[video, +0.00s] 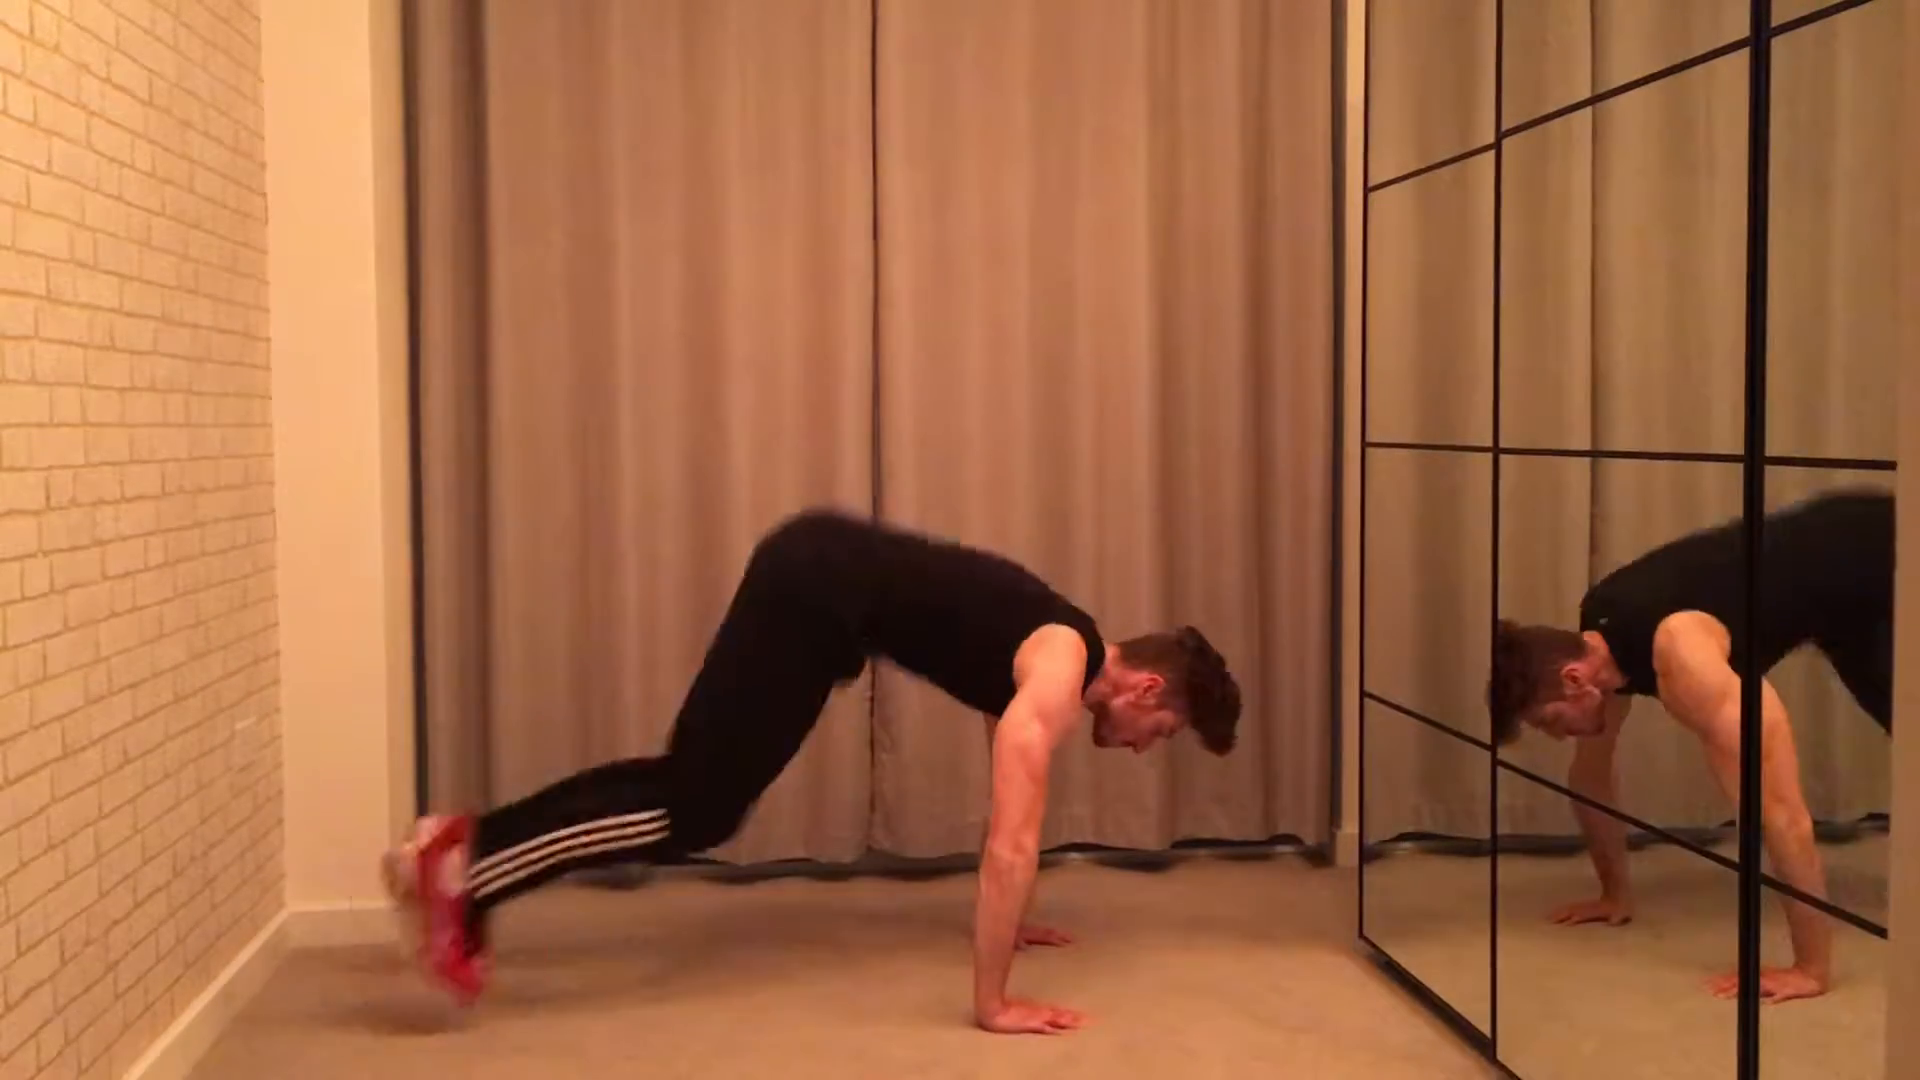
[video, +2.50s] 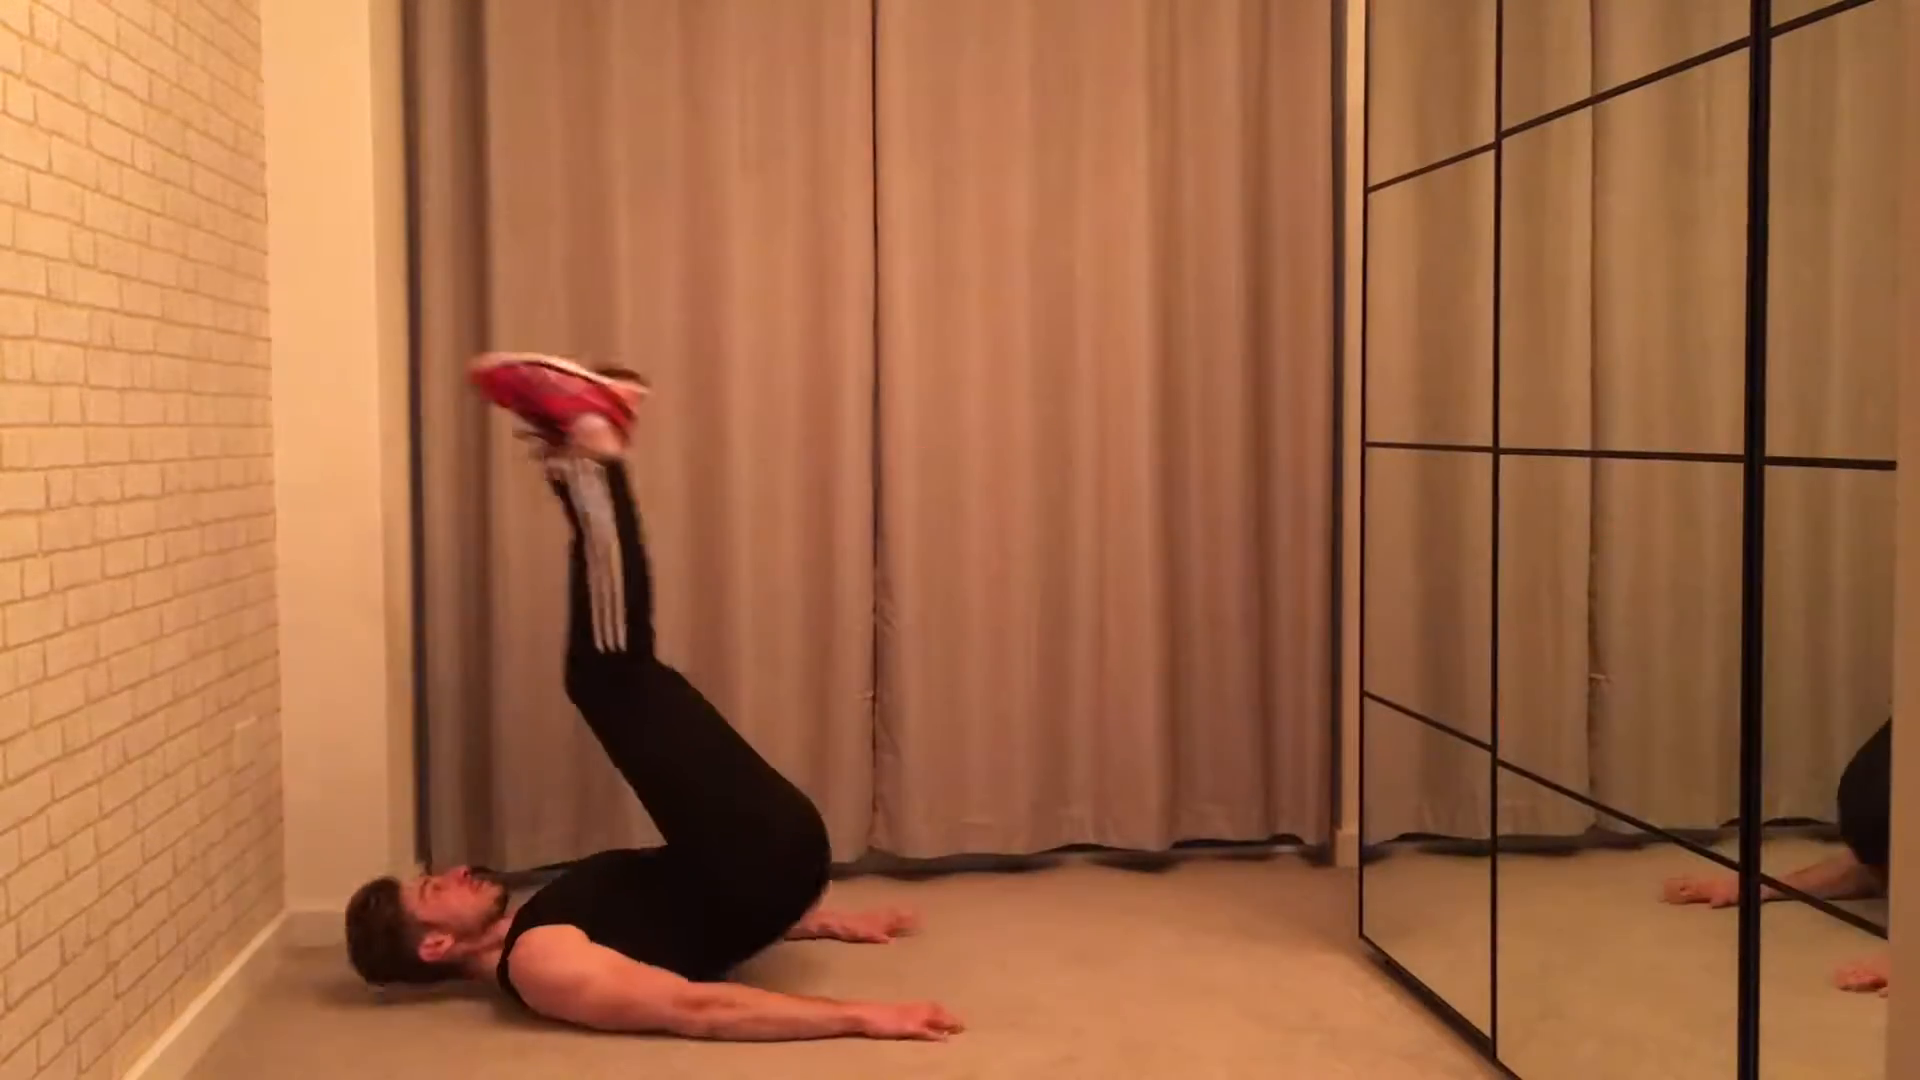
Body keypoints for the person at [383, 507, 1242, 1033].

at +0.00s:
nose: (1145, 744)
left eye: (1163, 737)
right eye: (1162, 728)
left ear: (1141, 675)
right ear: (1144, 684)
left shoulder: (1061, 653)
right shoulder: (1051, 671)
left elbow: (1014, 819)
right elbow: (1010, 839)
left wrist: (1017, 921)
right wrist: (991, 1003)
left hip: (818, 580)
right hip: (814, 588)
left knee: (687, 788)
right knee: (696, 810)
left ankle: (465, 846)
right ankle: (463, 882)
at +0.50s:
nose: (1129, 411)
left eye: (1133, 392)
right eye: (1127, 388)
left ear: (1080, 374)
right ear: (1088, 374)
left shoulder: (1007, 443)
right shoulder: (1017, 465)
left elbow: (1009, 643)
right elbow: (1011, 656)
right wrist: (1020, 821)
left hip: (813, 590)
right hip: (818, 600)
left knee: (970, 736)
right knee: (986, 746)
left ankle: (874, 913)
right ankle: (888, 955)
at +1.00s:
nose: (1104, 99)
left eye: (1113, 83)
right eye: (1108, 75)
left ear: (1063, 47)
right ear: (1068, 44)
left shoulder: (999, 118)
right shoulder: (993, 122)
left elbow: (887, 238)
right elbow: (878, 234)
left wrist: (814, 364)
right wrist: (807, 365)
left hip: (925, 371)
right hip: (908, 373)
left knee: (953, 604)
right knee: (948, 606)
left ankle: (951, 829)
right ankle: (938, 842)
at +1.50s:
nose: (1106, 594)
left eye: (1115, 577)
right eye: (1108, 573)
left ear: (1061, 554)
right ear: (1066, 555)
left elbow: (882, 719)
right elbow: (926, 818)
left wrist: (856, 869)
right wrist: (877, 981)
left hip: (812, 787)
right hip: (832, 805)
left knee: (1036, 712)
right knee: (1059, 740)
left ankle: (943, 908)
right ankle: (971, 949)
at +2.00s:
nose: (636, 710)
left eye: (626, 697)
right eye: (617, 706)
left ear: (586, 737)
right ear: (577, 744)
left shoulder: (625, 801)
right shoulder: (627, 828)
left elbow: (696, 958)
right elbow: (691, 982)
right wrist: (843, 1016)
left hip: (823, 921)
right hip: (837, 958)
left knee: (919, 702)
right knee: (929, 710)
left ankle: (1103, 808)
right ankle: (1157, 801)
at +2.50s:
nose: (455, 871)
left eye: (432, 873)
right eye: (434, 887)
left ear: (450, 934)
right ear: (441, 949)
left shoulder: (537, 931)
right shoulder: (540, 963)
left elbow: (687, 908)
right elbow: (695, 1010)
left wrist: (826, 923)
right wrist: (862, 1017)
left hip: (757, 862)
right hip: (764, 868)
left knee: (610, 675)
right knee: (605, 677)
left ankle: (584, 455)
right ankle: (587, 454)